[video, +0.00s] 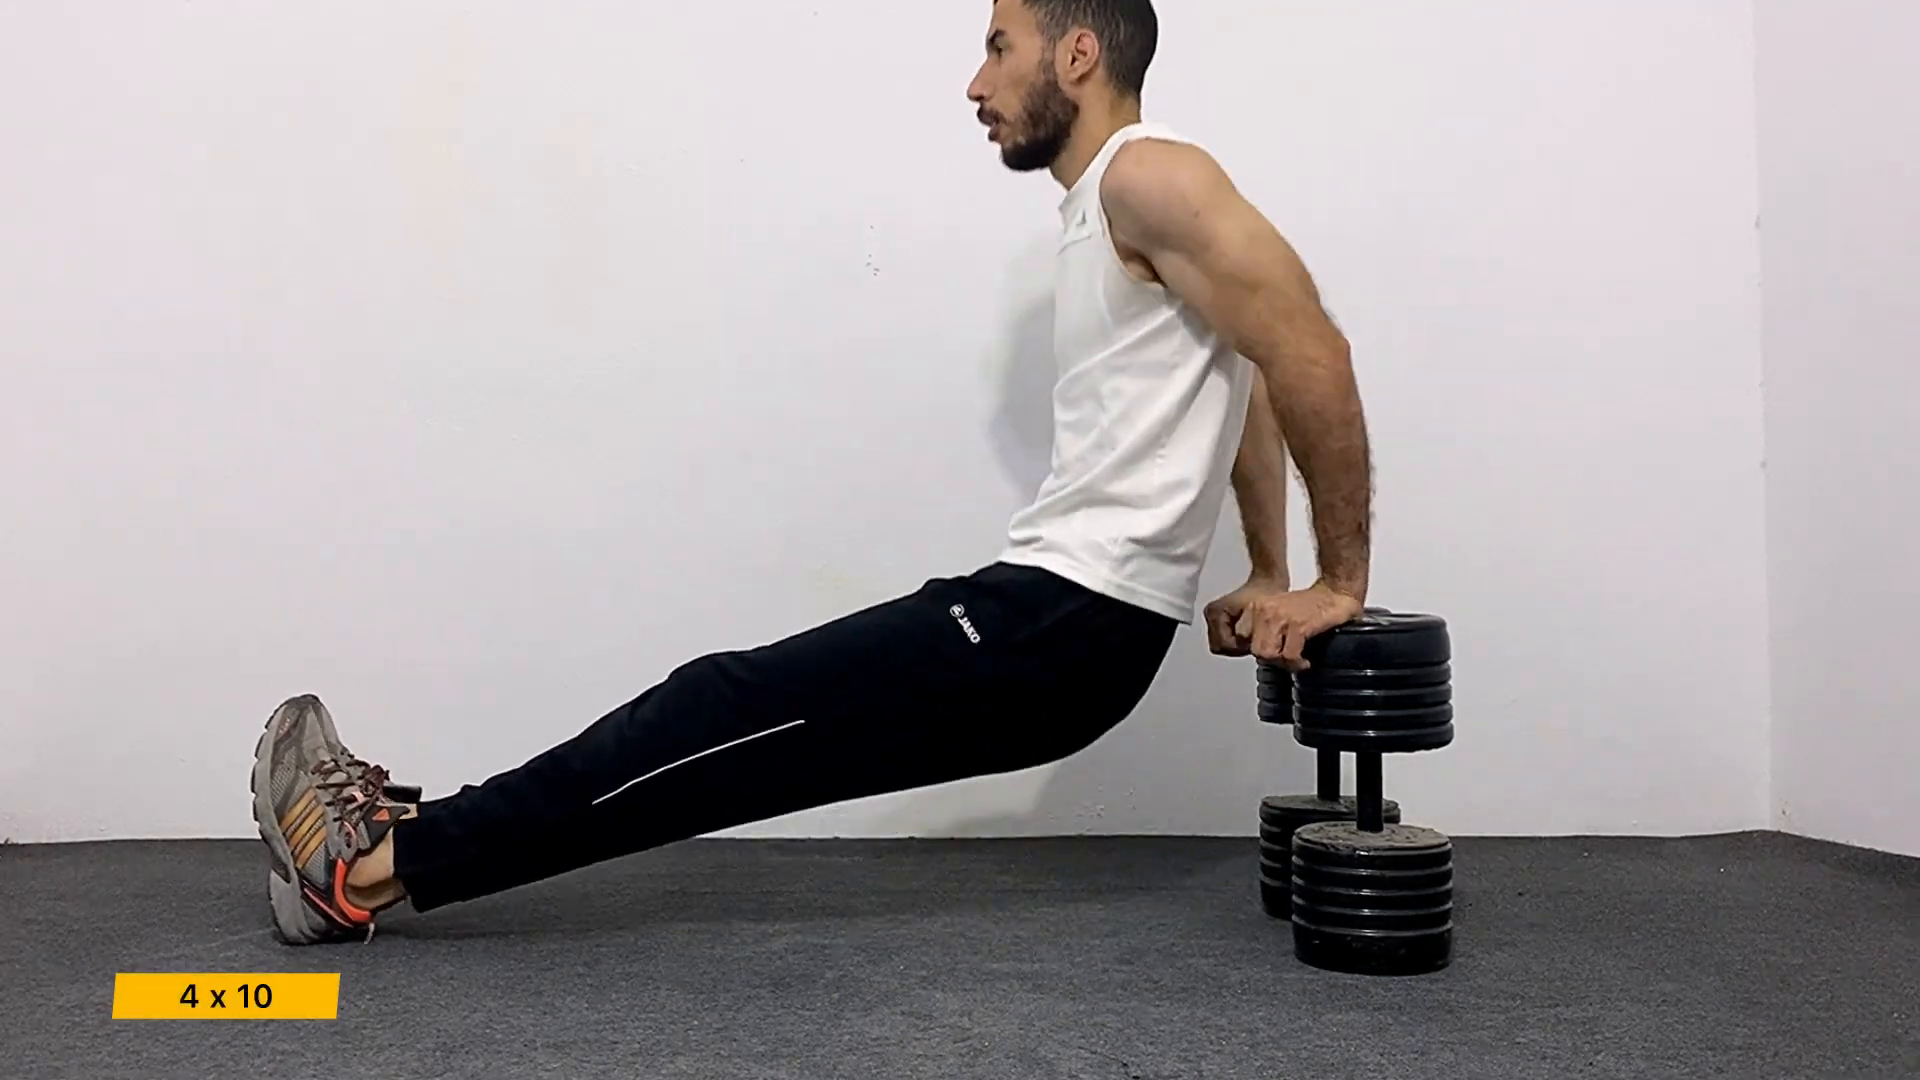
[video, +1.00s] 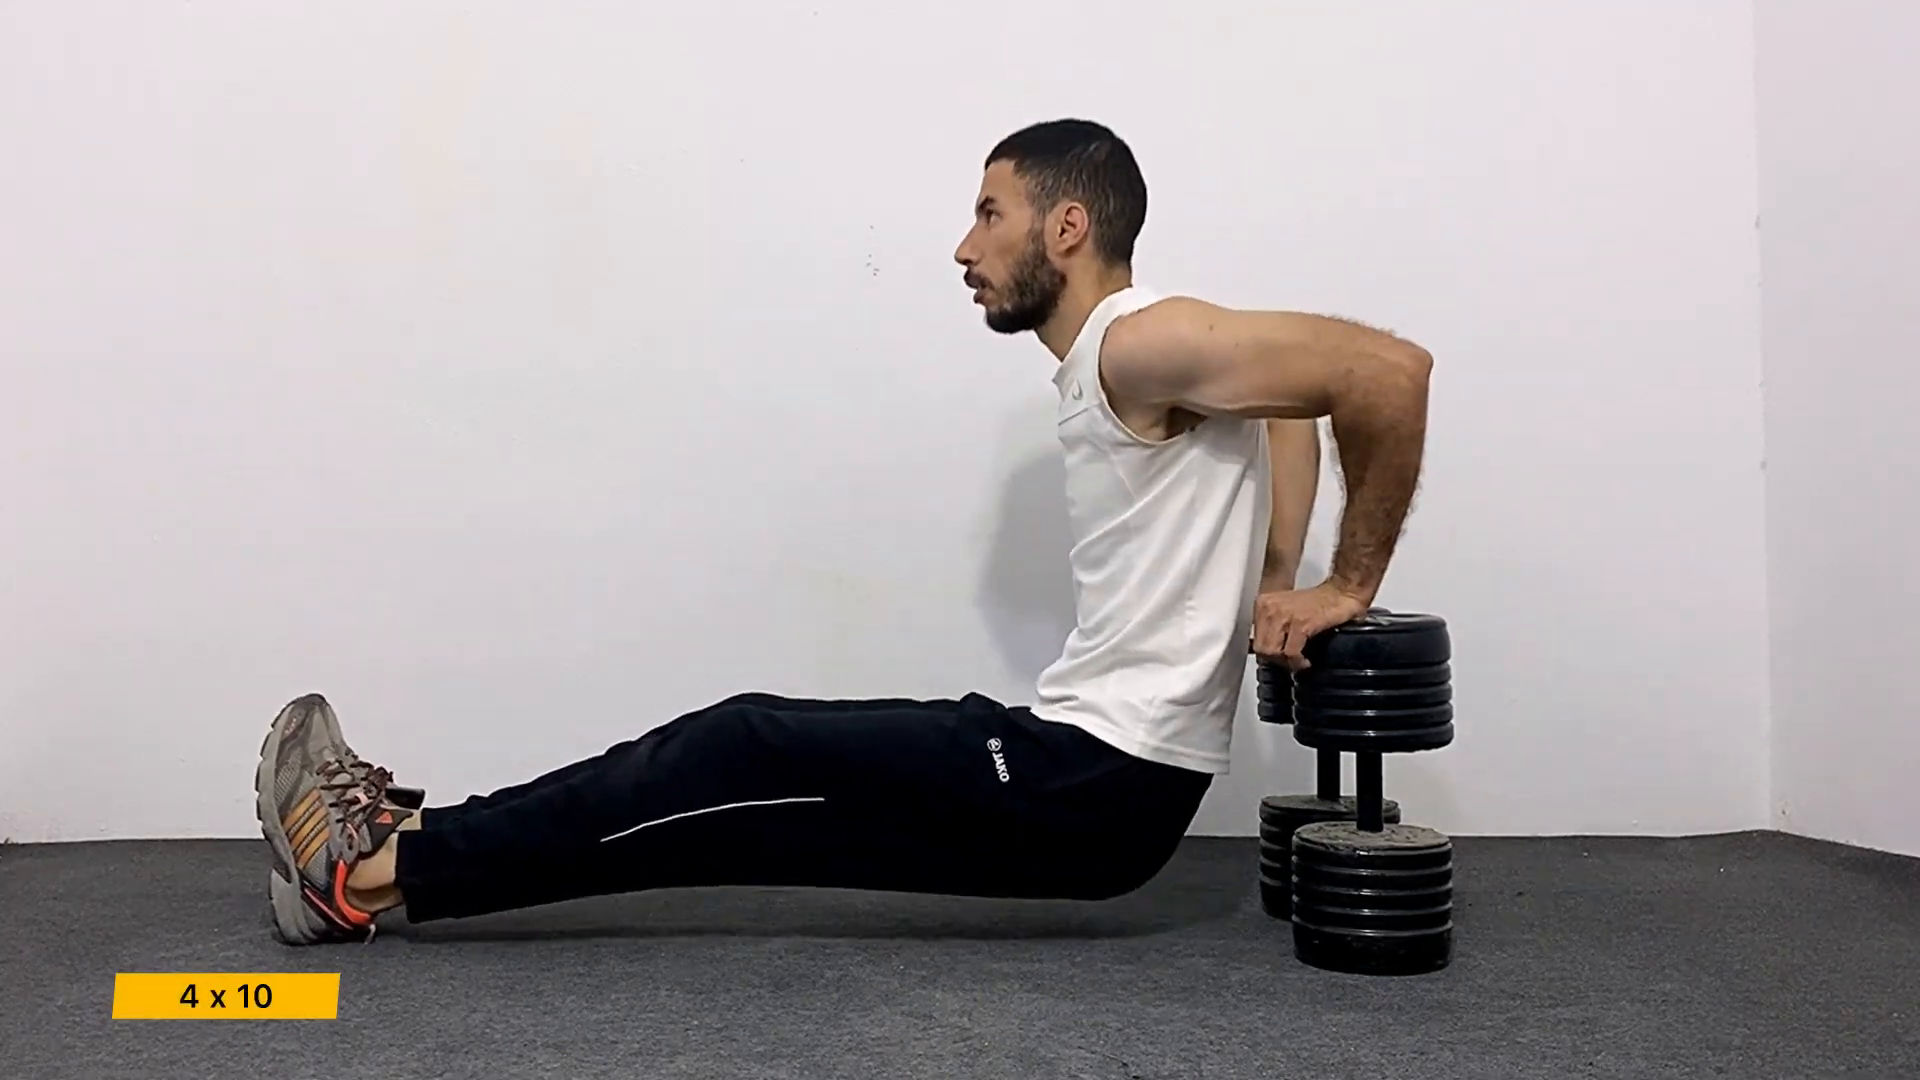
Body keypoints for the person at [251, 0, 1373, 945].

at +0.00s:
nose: (976, 81)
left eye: (998, 50)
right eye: (983, 53)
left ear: (1080, 54)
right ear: (1076, 54)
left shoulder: (1153, 177)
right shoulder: (1133, 200)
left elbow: (1312, 352)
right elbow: (1251, 387)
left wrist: (1348, 580)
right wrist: (1262, 577)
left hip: (1070, 623)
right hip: (1055, 607)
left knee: (726, 723)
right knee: (722, 703)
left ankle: (381, 873)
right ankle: (407, 841)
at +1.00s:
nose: (964, 248)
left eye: (987, 216)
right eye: (973, 219)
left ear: (1074, 227)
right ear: (1077, 228)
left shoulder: (1136, 345)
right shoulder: (1126, 345)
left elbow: (1391, 375)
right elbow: (1295, 391)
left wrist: (1355, 585)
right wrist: (1279, 575)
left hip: (1097, 776)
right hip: (1078, 760)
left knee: (741, 742)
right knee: (736, 795)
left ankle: (386, 869)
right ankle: (416, 848)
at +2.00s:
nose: (1021, 43)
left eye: (1042, 13)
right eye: (1027, 16)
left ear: (1128, 17)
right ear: (1112, 24)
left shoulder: (1189, 144)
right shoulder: (1146, 168)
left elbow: (1313, 350)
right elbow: (1244, 383)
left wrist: (1346, 579)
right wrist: (1263, 572)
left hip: (1063, 590)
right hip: (1041, 576)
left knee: (721, 714)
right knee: (715, 700)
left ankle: (379, 877)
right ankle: (412, 843)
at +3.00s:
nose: (972, 276)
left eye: (995, 244)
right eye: (980, 246)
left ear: (1078, 251)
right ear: (1083, 253)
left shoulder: (1143, 370)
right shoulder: (1138, 373)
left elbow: (1401, 381)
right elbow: (1300, 412)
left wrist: (1354, 592)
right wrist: (1279, 580)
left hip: (1095, 808)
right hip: (1092, 799)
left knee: (737, 756)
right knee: (726, 821)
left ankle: (381, 873)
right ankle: (417, 848)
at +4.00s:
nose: (1015, 66)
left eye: (1036, 36)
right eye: (1021, 39)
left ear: (1120, 40)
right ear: (1109, 46)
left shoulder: (1188, 164)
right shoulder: (1151, 189)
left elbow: (1334, 350)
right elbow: (1262, 389)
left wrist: (1351, 583)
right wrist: (1267, 578)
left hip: (1074, 617)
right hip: (1051, 599)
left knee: (722, 719)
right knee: (715, 707)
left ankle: (388, 874)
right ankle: (414, 843)